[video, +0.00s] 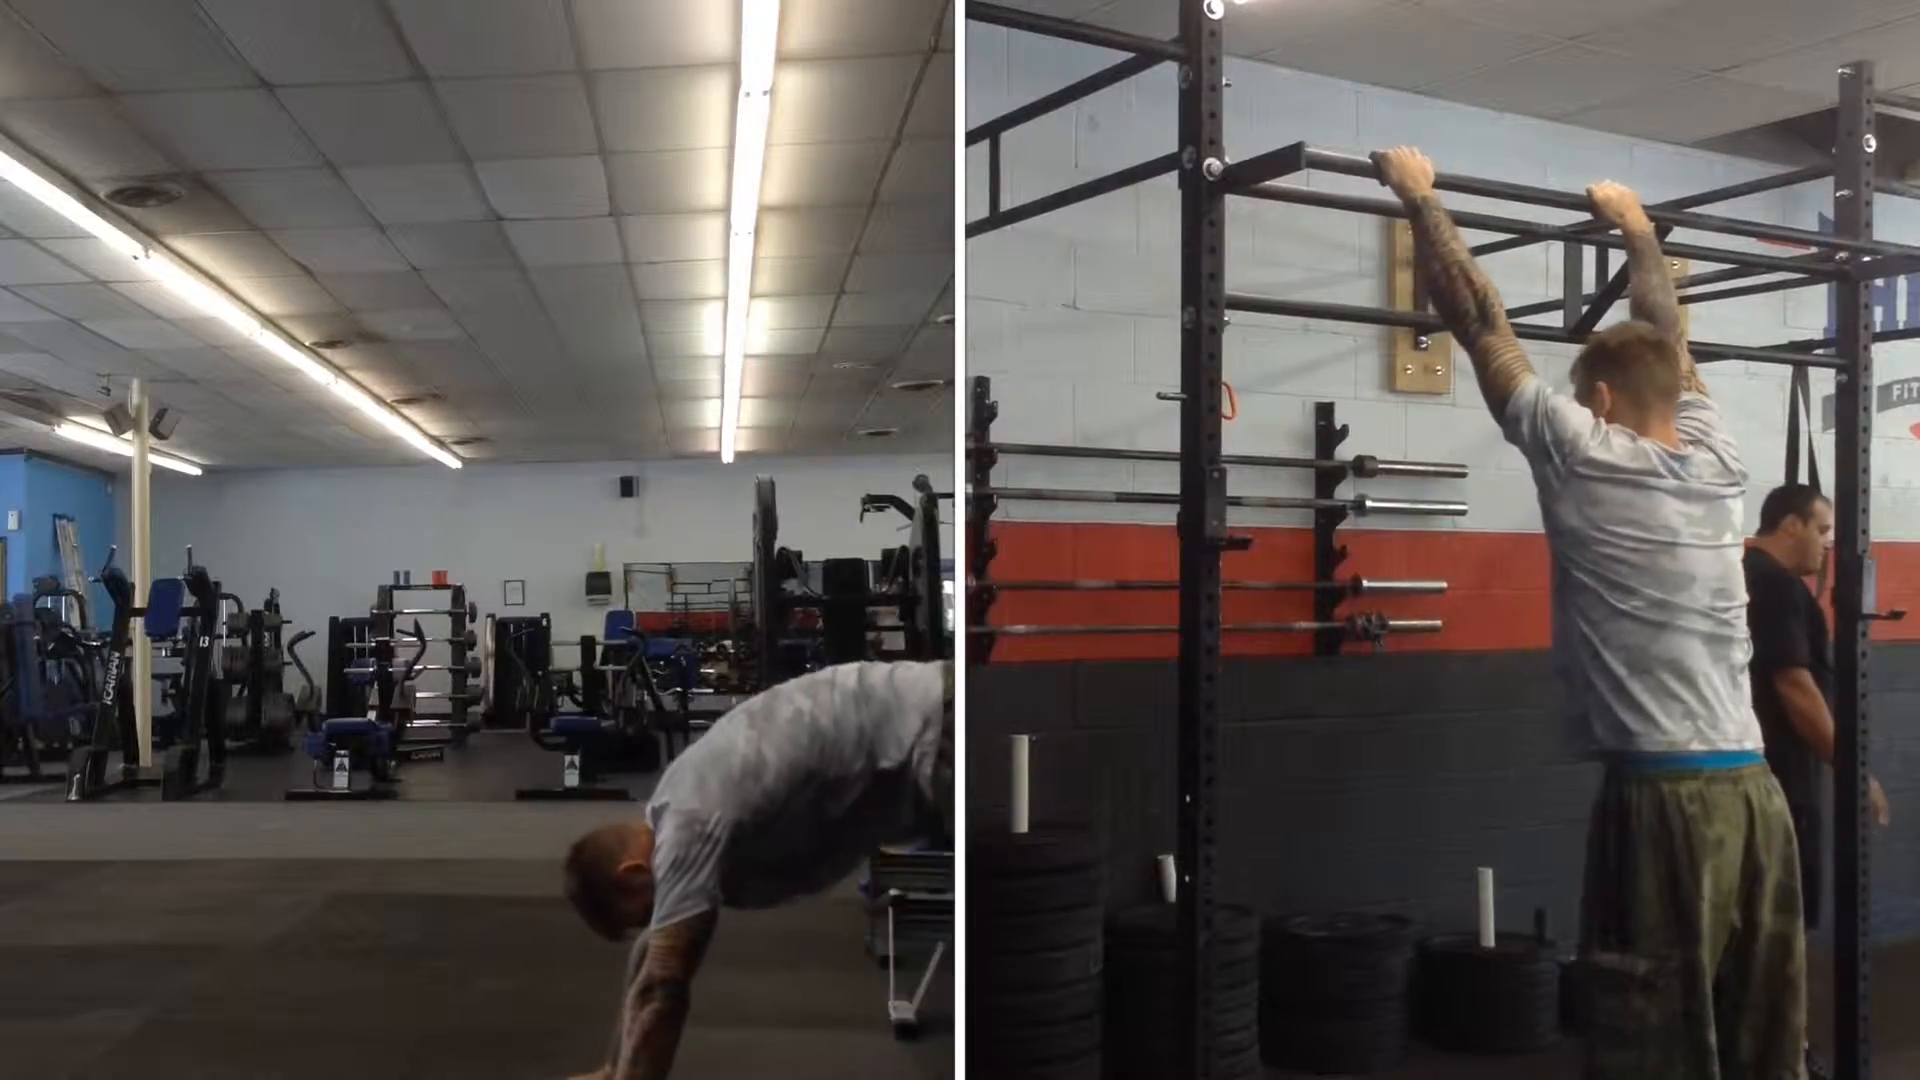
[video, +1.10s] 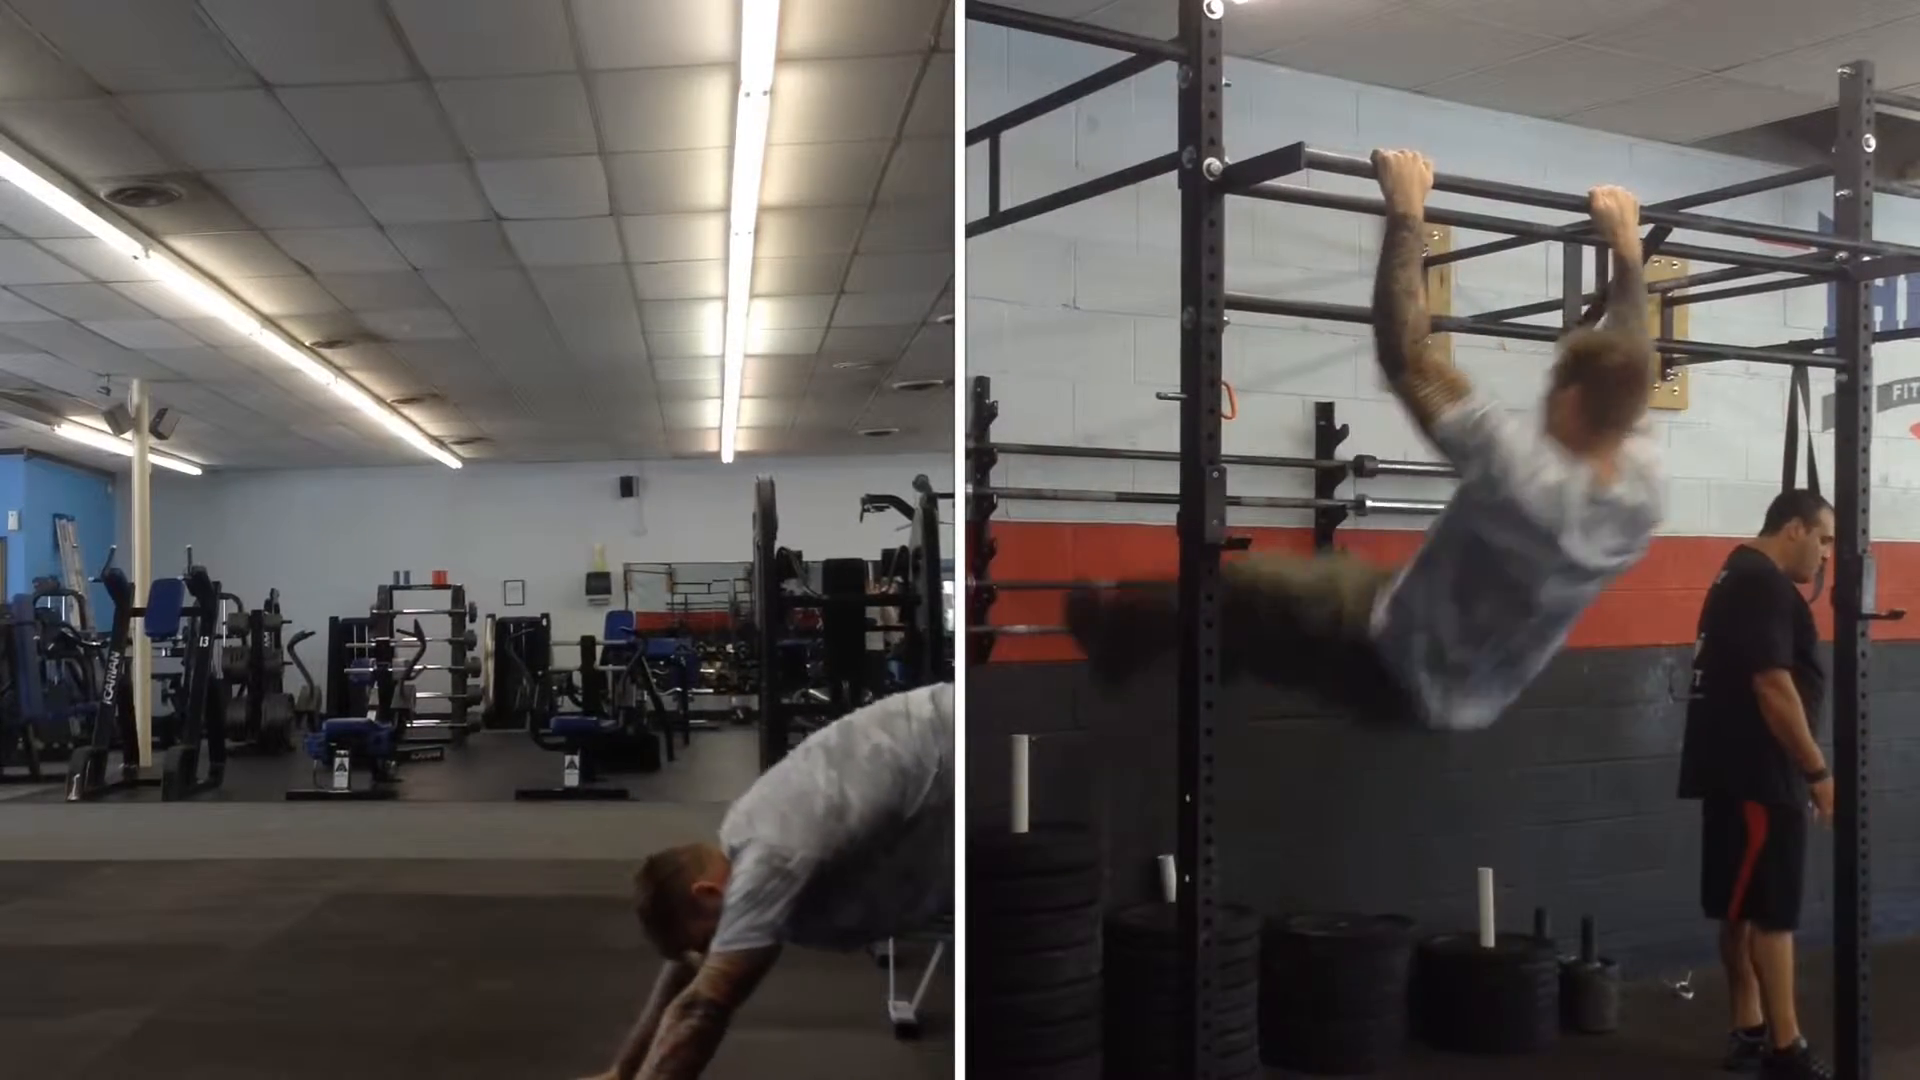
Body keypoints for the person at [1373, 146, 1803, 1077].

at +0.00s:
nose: (1577, 407)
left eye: (1582, 394)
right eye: (1582, 393)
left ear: (1600, 398)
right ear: (1672, 392)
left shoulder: (1581, 454)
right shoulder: (1713, 465)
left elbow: (1480, 326)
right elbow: (1672, 349)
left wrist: (1425, 200)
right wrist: (1640, 228)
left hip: (1661, 805)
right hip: (1759, 798)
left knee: (1659, 1047)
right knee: (1771, 1045)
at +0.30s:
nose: (1517, 434)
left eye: (1522, 420)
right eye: (1524, 421)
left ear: (1535, 424)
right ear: (1611, 423)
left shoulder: (1519, 493)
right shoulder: (1651, 499)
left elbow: (1443, 342)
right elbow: (1644, 368)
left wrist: (1418, 207)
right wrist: (1638, 244)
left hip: (1551, 812)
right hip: (1642, 808)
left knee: (1533, 1031)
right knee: (1642, 1031)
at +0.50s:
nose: (1429, 432)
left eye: (1432, 420)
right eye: (1453, 414)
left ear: (1435, 434)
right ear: (1509, 435)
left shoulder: (1429, 498)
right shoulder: (1545, 509)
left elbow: (1398, 352)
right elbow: (1590, 377)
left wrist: (1408, 214)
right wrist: (1622, 255)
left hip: (1419, 801)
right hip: (1507, 799)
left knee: (1406, 1022)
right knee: (1530, 1012)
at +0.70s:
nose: (1401, 400)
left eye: (1404, 392)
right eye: (1419, 388)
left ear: (1403, 418)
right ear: (1479, 432)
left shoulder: (1385, 486)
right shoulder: (1490, 509)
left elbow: (1379, 347)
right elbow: (1559, 376)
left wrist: (1401, 216)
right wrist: (1614, 258)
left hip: (1339, 763)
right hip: (1421, 763)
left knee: (1307, 968)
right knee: (1423, 961)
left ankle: (1378, 1073)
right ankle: (1495, 1070)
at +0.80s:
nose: (1412, 411)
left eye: (1417, 402)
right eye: (1422, 404)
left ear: (1427, 424)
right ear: (1501, 436)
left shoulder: (1399, 490)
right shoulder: (1506, 521)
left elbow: (1378, 342)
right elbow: (1569, 376)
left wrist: (1399, 216)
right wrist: (1614, 262)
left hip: (1320, 744)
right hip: (1403, 746)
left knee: (1254, 925)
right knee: (1382, 928)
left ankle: (1333, 1070)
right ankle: (1429, 1068)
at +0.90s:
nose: (1452, 425)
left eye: (1460, 413)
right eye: (1464, 411)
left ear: (1472, 427)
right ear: (1536, 434)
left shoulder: (1434, 491)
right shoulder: (1548, 517)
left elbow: (1380, 348)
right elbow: (1591, 378)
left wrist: (1400, 217)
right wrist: (1618, 259)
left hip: (1336, 733)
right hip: (1410, 748)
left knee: (1220, 822)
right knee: (1324, 852)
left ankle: (1278, 1026)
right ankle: (1343, 1029)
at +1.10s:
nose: (1552, 393)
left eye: (1560, 383)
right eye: (1564, 382)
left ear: (1571, 396)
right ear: (1631, 413)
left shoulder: (1511, 467)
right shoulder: (1641, 496)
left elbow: (1410, 362)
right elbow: (1630, 383)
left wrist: (1405, 219)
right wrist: (1628, 262)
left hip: (1403, 666)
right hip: (1473, 693)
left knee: (1241, 596)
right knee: (1266, 598)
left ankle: (1114, 628)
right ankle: (1126, 627)